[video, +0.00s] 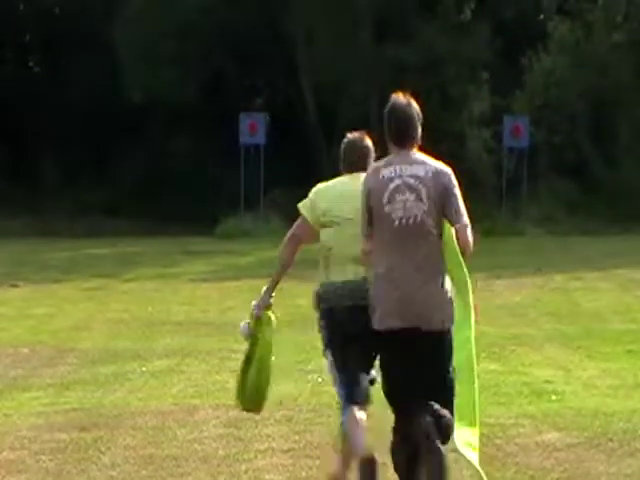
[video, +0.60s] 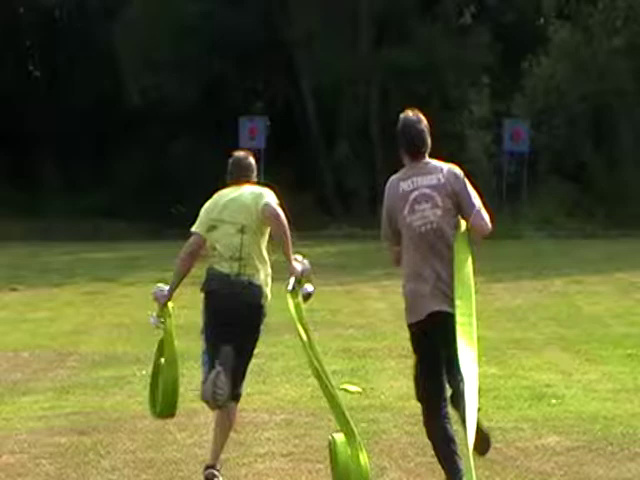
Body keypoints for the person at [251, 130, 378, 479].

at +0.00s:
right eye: (371, 160)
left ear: (341, 162)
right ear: (372, 161)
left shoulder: (325, 193)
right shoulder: (384, 189)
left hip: (335, 291)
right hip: (379, 290)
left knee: (344, 369)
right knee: (362, 371)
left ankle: (363, 454)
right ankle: (344, 457)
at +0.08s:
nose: (351, 172)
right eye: (351, 168)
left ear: (322, 170)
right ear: (352, 170)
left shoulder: (308, 201)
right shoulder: (366, 199)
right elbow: (377, 241)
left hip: (313, 292)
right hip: (353, 292)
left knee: (317, 366)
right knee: (346, 369)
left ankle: (323, 416)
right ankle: (342, 408)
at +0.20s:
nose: (289, 174)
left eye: (285, 169)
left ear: (283, 169)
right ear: (311, 165)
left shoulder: (275, 203)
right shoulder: (332, 193)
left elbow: (250, 253)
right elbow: (367, 231)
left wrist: (226, 293)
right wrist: (377, 278)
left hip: (289, 300)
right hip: (328, 297)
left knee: (284, 373)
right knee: (326, 384)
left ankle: (285, 447)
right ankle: (324, 468)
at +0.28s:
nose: (256, 181)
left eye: (255, 177)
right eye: (258, 177)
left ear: (258, 175)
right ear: (285, 169)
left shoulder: (252, 206)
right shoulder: (312, 189)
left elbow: (227, 256)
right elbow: (347, 225)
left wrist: (207, 289)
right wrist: (364, 272)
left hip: (277, 291)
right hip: (314, 289)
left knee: (268, 381)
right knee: (306, 379)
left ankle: (258, 463)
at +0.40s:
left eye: (241, 180)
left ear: (242, 180)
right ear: (269, 175)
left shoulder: (233, 208)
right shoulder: (287, 192)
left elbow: (202, 252)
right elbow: (314, 213)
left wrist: (187, 284)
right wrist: (337, 259)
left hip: (250, 296)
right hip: (287, 293)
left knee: (245, 385)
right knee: (277, 371)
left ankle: (251, 468)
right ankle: (277, 407)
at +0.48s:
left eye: (244, 167)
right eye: (264, 165)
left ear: (240, 170)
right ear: (267, 166)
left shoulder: (226, 197)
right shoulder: (278, 184)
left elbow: (199, 242)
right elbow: (297, 208)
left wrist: (180, 280)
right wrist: (315, 249)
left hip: (233, 288)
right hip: (268, 287)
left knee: (238, 372)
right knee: (255, 365)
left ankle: (243, 438)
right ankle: (248, 435)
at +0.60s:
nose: (251, 178)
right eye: (254, 173)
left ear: (229, 176)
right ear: (254, 175)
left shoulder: (216, 200)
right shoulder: (263, 195)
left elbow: (193, 248)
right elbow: (275, 216)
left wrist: (171, 288)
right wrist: (292, 260)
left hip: (216, 284)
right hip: (252, 288)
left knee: (213, 341)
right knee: (233, 381)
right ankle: (213, 462)